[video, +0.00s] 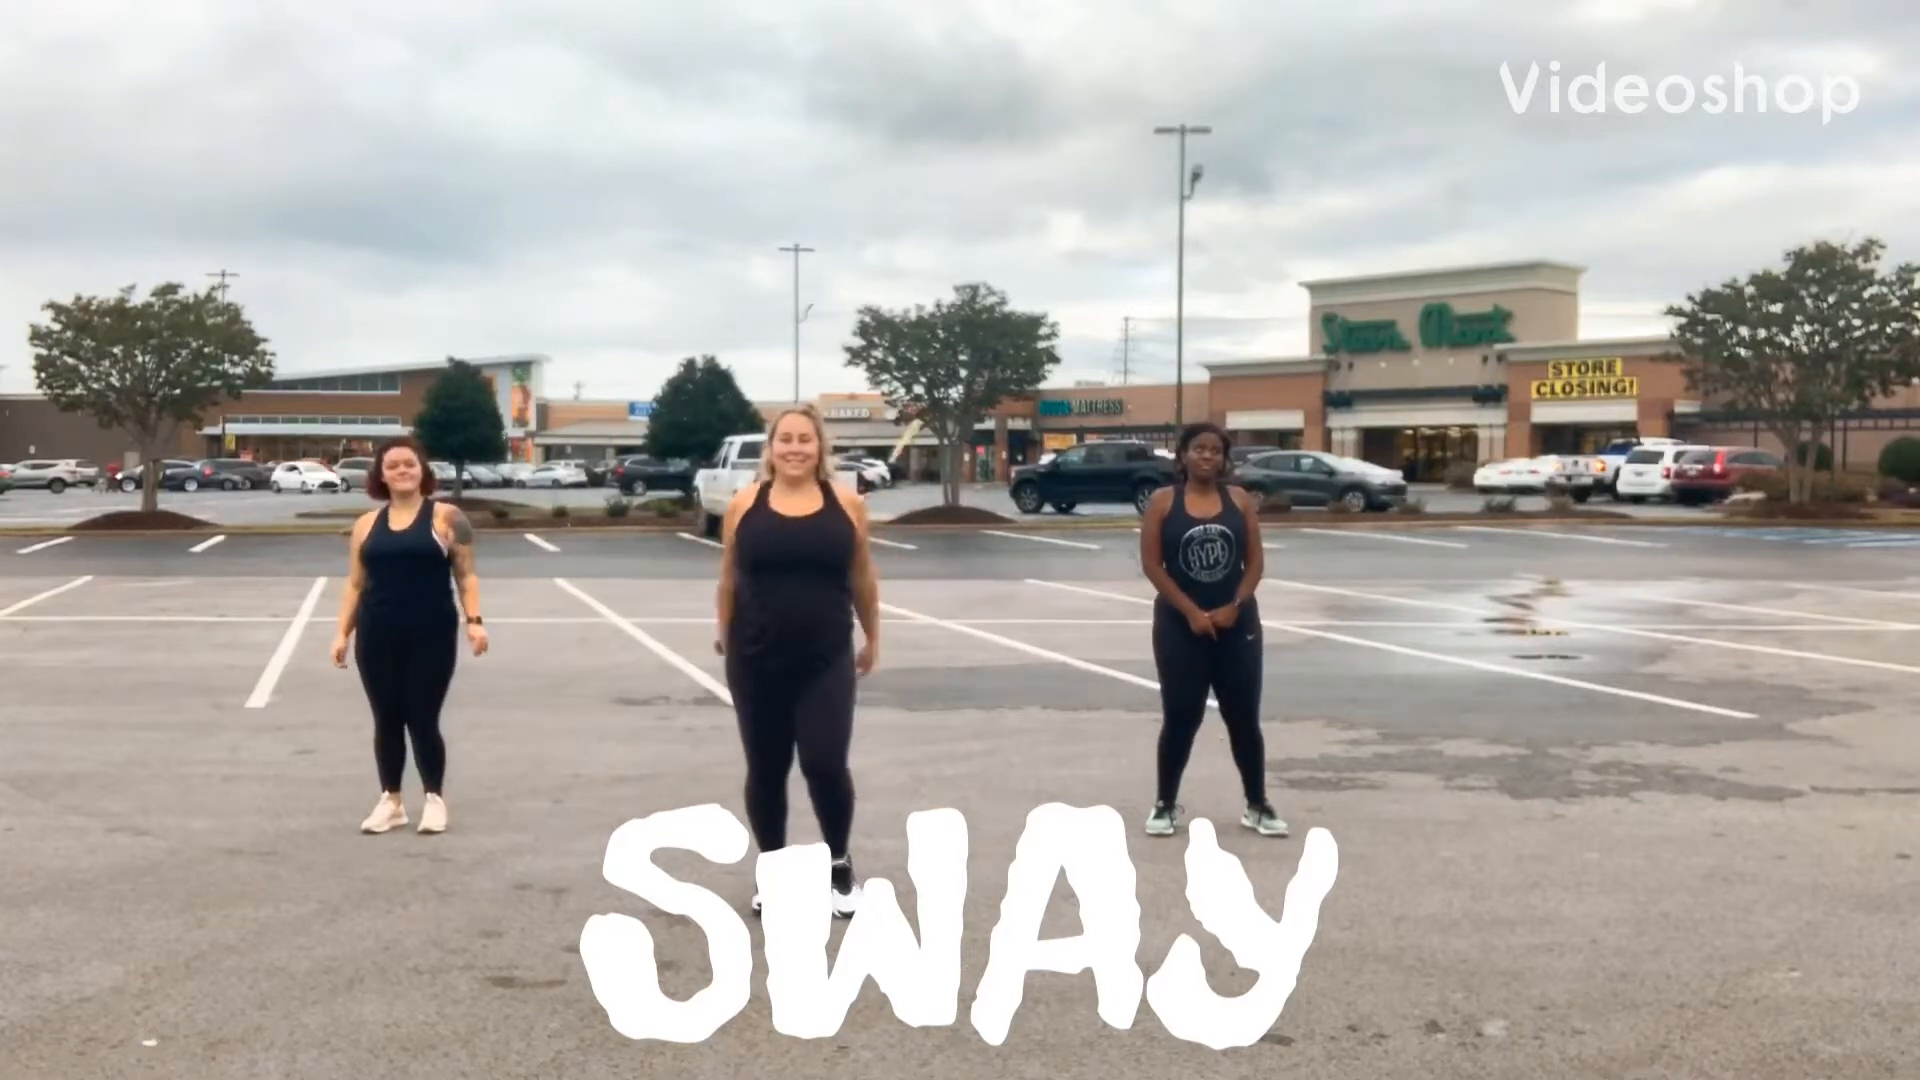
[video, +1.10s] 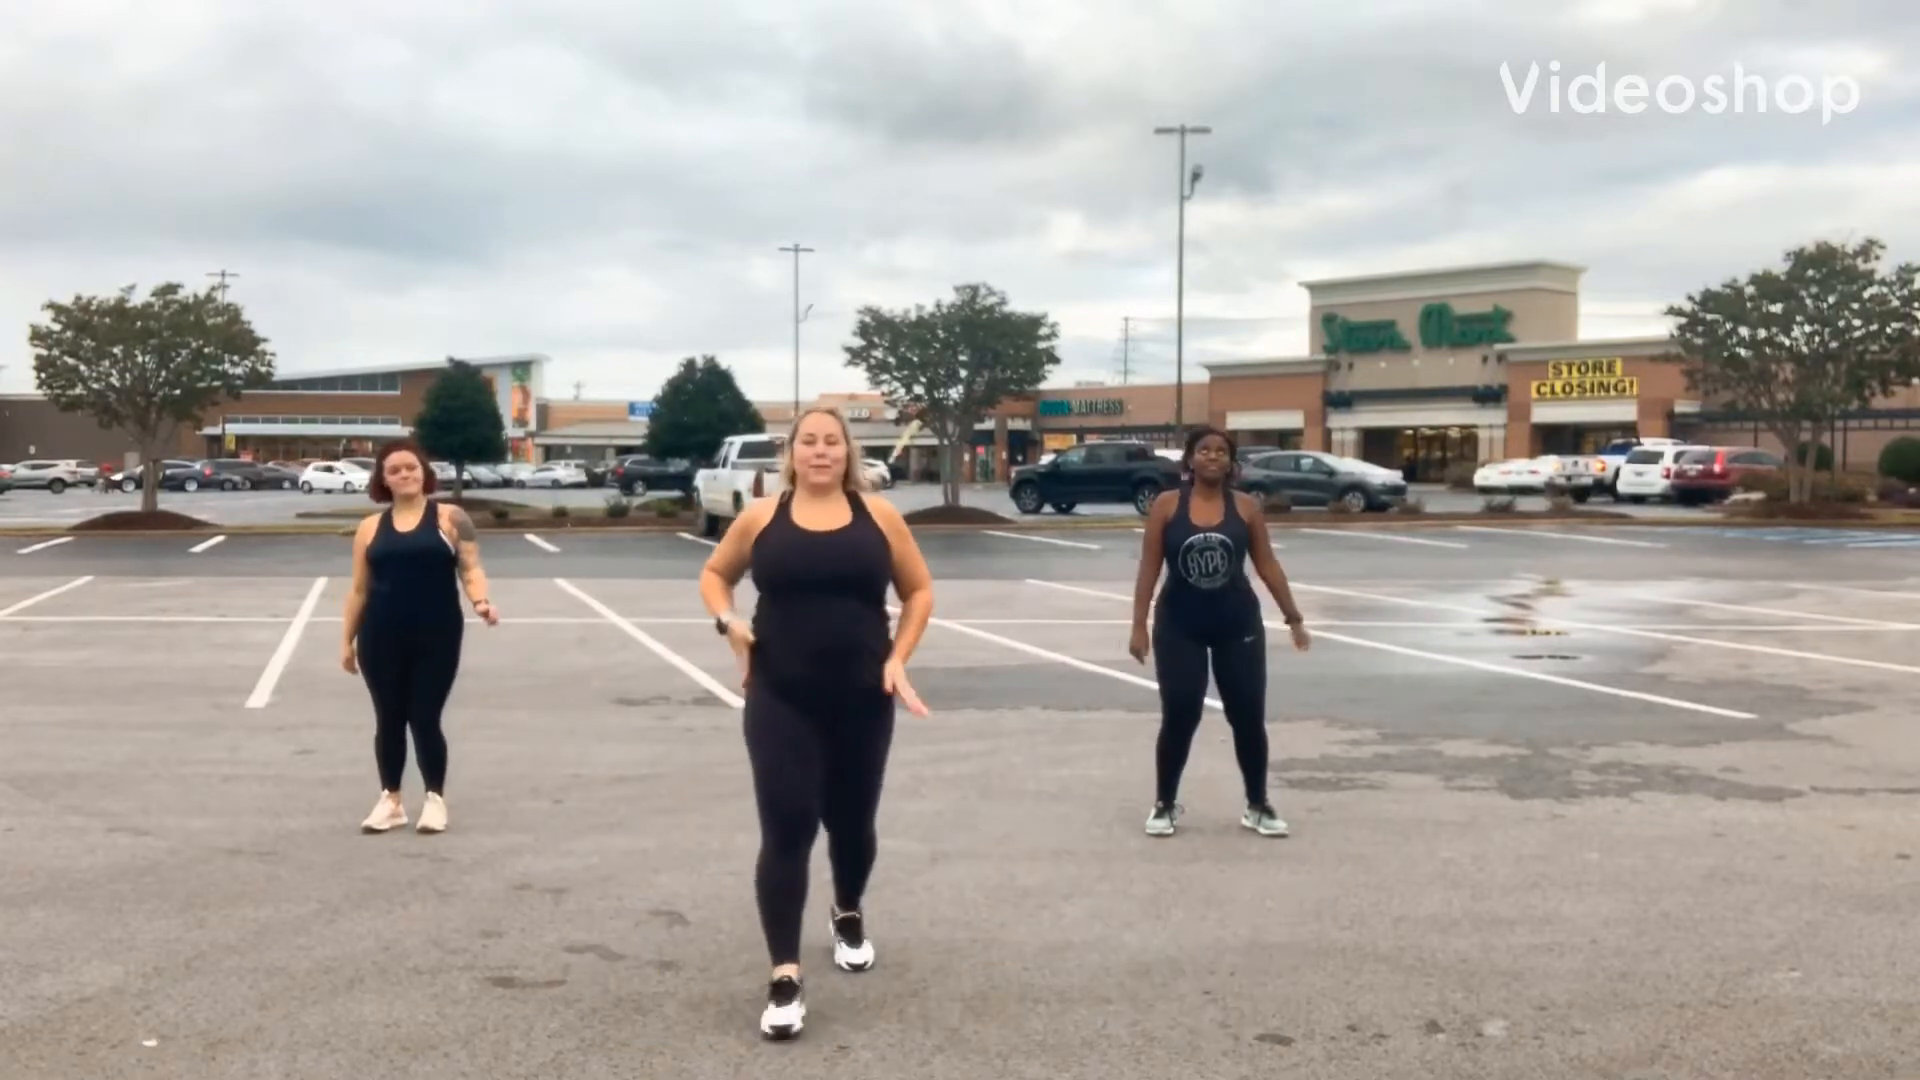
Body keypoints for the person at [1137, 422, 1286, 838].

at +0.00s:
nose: (1207, 457)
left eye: (1215, 451)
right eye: (1199, 449)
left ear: (1224, 458)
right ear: (1183, 455)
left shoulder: (1240, 500)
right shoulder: (1163, 501)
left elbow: (1255, 561)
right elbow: (1152, 565)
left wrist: (1235, 605)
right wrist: (1191, 610)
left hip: (1237, 622)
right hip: (1179, 624)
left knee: (1245, 720)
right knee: (1181, 720)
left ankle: (1257, 805)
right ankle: (1165, 805)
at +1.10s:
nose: (1213, 457)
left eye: (1220, 452)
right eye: (1204, 450)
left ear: (1231, 461)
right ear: (1189, 458)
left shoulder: (1245, 505)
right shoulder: (1167, 504)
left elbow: (1267, 565)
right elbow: (1150, 566)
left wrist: (1293, 617)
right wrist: (1139, 625)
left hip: (1237, 625)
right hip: (1180, 625)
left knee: (1249, 719)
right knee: (1180, 717)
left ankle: (1258, 806)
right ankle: (1164, 805)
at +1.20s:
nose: (1216, 457)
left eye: (1224, 452)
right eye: (1208, 451)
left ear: (1235, 463)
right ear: (1193, 460)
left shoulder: (1248, 508)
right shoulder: (1170, 503)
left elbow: (1274, 566)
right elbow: (1146, 563)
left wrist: (1305, 617)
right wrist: (1128, 620)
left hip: (1241, 624)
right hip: (1183, 624)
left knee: (1250, 717)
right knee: (1182, 715)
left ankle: (1259, 806)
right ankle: (1164, 805)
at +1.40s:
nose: (1222, 456)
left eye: (1229, 451)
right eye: (1213, 449)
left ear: (1239, 462)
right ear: (1198, 459)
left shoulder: (1252, 506)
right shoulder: (1175, 502)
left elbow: (1273, 567)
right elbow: (1152, 560)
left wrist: (1298, 621)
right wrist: (1132, 616)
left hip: (1248, 627)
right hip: (1190, 627)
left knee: (1251, 718)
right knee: (1184, 717)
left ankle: (1258, 806)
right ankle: (1164, 805)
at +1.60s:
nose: (1223, 453)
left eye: (1231, 448)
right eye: (1215, 447)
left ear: (1242, 459)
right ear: (1200, 457)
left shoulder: (1255, 504)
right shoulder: (1179, 500)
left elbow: (1267, 567)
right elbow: (1164, 565)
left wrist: (1267, 623)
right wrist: (1160, 623)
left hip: (1247, 628)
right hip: (1192, 627)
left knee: (1251, 719)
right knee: (1186, 717)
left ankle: (1258, 805)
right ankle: (1165, 804)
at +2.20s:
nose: (1215, 452)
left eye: (1221, 446)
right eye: (1206, 448)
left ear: (1232, 455)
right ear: (1191, 459)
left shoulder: (1253, 499)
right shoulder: (1175, 503)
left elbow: (1273, 560)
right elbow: (1161, 568)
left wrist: (1290, 613)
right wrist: (1159, 627)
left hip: (1244, 629)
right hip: (1189, 631)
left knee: (1251, 721)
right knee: (1181, 721)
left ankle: (1258, 806)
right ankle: (1164, 805)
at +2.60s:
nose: (1215, 453)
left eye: (1221, 446)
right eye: (1206, 449)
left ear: (1233, 455)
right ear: (1192, 462)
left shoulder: (1254, 499)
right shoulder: (1177, 505)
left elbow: (1271, 559)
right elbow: (1158, 570)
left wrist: (1280, 613)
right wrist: (1148, 627)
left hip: (1243, 627)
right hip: (1185, 628)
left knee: (1253, 719)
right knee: (1182, 716)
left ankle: (1257, 806)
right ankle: (1162, 804)